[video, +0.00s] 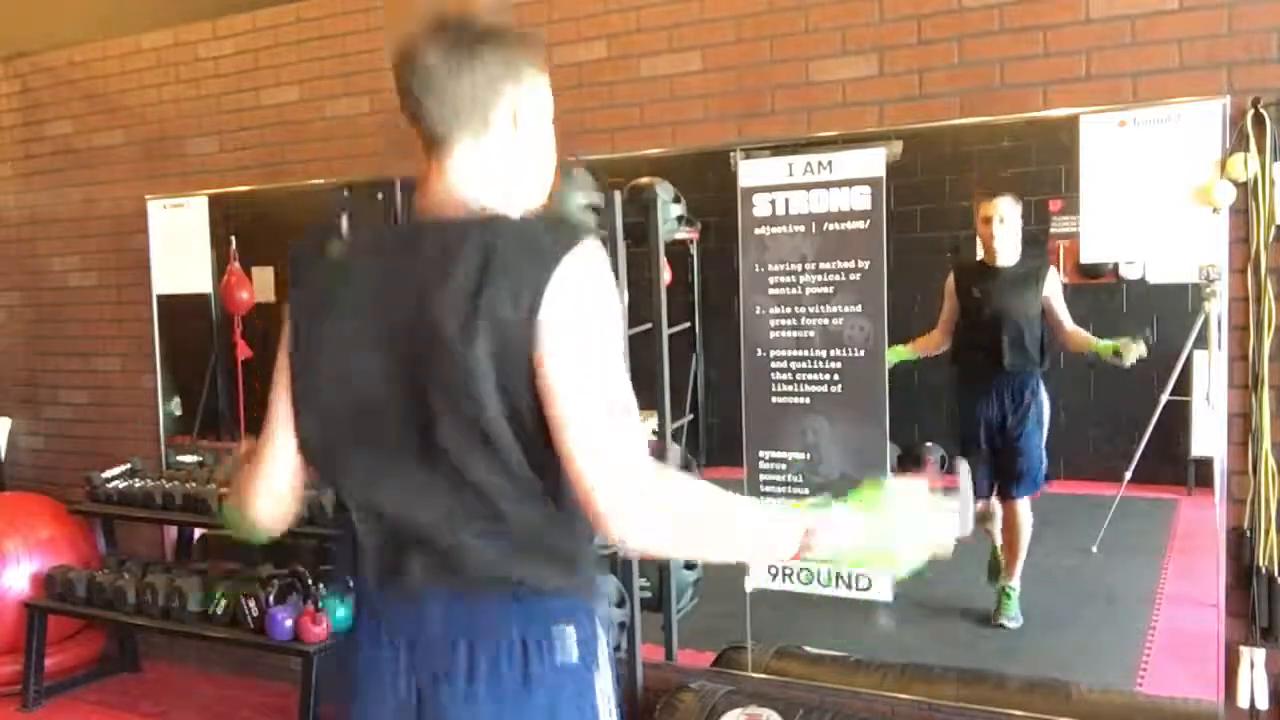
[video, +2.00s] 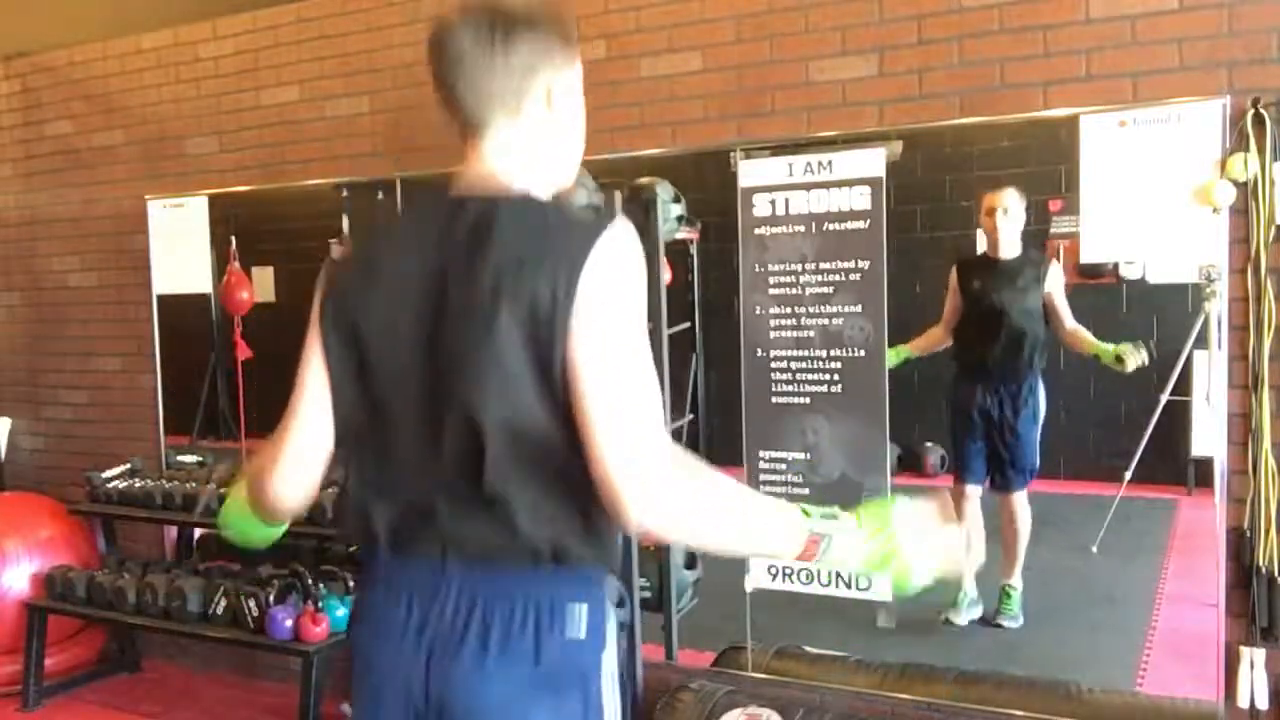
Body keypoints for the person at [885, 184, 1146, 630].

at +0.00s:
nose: (991, 229)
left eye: (999, 221)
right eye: (985, 221)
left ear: (1018, 226)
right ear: (976, 227)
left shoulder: (1042, 276)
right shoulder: (960, 278)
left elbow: (1067, 333)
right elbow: (942, 335)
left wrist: (1106, 348)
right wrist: (903, 351)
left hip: (1024, 391)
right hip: (974, 392)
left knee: (1016, 495)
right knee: (980, 501)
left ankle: (1011, 589)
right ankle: (996, 545)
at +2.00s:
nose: (997, 220)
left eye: (1006, 212)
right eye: (990, 212)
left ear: (1023, 218)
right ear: (979, 219)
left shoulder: (1045, 270)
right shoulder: (965, 270)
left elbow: (1068, 329)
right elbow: (946, 328)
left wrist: (1105, 351)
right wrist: (903, 351)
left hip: (1021, 390)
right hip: (971, 388)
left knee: (1012, 492)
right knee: (965, 491)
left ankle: (1010, 590)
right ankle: (966, 593)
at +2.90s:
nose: (977, 235)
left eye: (986, 227)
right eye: (971, 227)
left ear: (1002, 234)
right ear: (960, 233)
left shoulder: (1023, 283)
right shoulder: (944, 284)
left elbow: (1050, 333)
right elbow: (926, 335)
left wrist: (1082, 344)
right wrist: (887, 353)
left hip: (1013, 400)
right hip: (963, 401)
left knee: (1003, 501)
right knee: (968, 504)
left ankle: (1004, 604)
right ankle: (987, 588)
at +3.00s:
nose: (980, 211)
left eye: (990, 203)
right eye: (974, 203)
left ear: (1007, 210)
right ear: (964, 209)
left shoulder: (1026, 261)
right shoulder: (947, 257)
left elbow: (1051, 316)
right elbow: (930, 316)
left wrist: (1083, 347)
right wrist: (892, 350)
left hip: (1015, 379)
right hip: (965, 379)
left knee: (1006, 481)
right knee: (973, 485)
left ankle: (1002, 585)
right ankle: (983, 581)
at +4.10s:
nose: (988, 236)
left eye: (996, 228)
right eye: (983, 228)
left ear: (1015, 234)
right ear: (975, 233)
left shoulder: (1033, 281)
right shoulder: (958, 281)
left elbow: (1027, 332)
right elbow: (955, 354)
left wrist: (976, 300)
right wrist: (990, 348)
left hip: (1009, 397)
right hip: (963, 395)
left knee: (999, 495)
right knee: (959, 486)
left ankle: (989, 585)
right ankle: (976, 579)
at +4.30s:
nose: (978, 200)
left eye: (986, 192)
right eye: (974, 193)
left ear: (1006, 201)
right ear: (967, 201)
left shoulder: (1032, 254)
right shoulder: (949, 257)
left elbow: (1056, 313)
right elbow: (931, 319)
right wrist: (896, 361)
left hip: (1014, 374)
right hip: (963, 373)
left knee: (1005, 480)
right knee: (967, 475)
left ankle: (995, 530)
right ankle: (980, 565)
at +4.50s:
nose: (979, 233)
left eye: (988, 226)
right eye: (974, 225)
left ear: (1007, 233)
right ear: (964, 233)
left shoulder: (1029, 283)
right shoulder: (946, 285)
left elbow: (1052, 338)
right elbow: (928, 339)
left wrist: (1087, 343)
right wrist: (896, 347)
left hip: (1018, 398)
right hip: (969, 401)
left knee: (1010, 499)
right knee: (973, 504)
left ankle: (1006, 507)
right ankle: (991, 589)